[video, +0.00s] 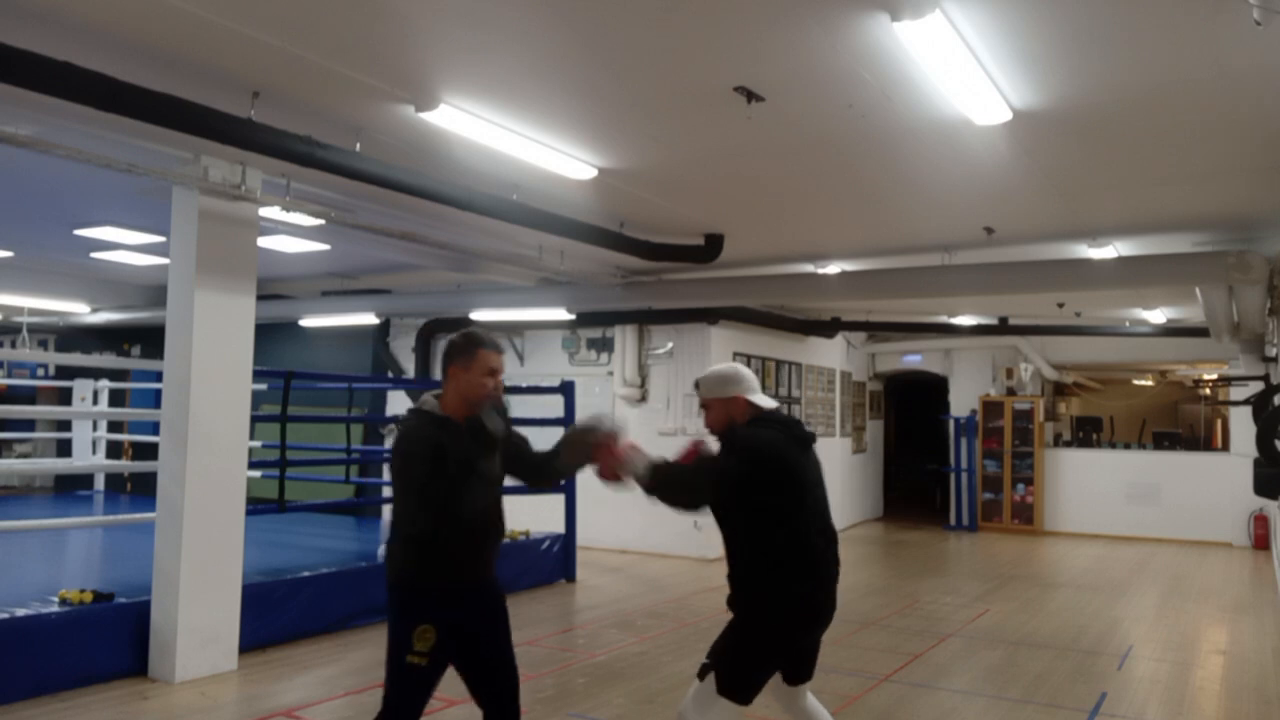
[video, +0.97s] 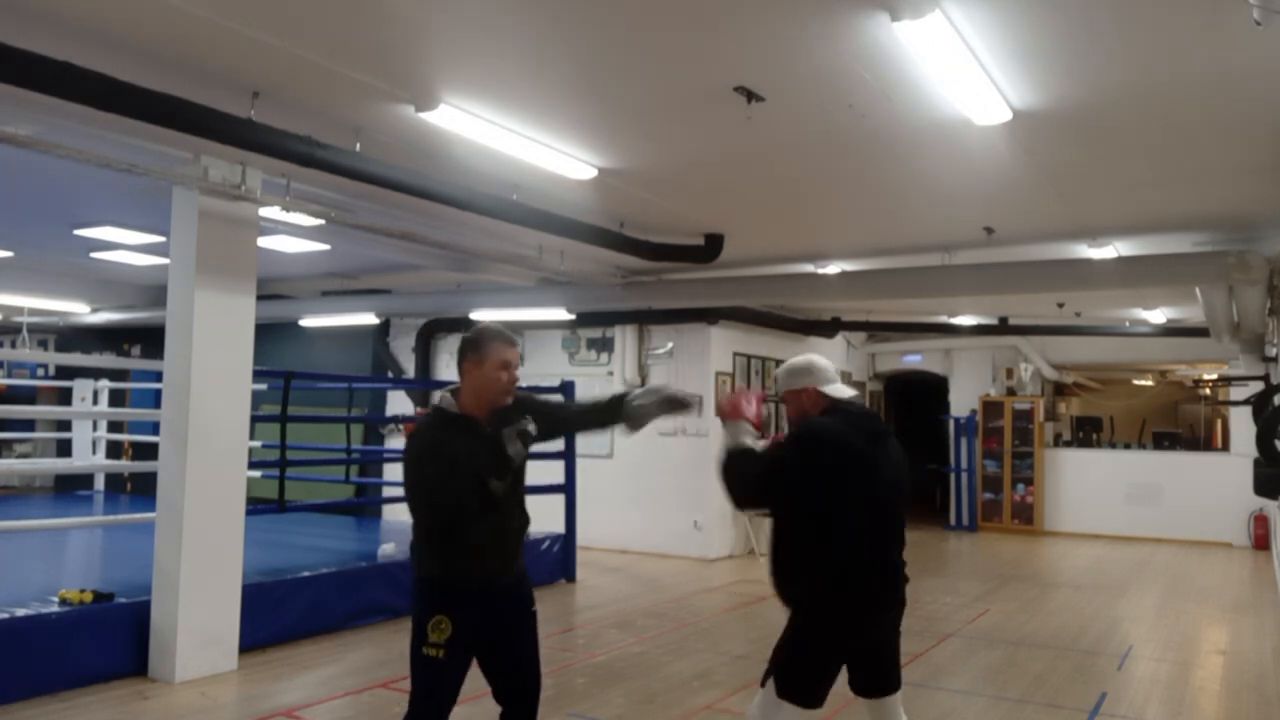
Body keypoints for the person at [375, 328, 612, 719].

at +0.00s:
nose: (499, 387)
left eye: (500, 376)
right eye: (490, 375)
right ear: (456, 374)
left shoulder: (489, 425)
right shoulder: (418, 431)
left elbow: (539, 471)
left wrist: (585, 444)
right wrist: (483, 432)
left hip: (475, 586)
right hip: (422, 590)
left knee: (503, 704)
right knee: (401, 708)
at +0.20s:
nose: (510, 387)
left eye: (513, 377)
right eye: (501, 375)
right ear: (467, 373)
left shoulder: (492, 431)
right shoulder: (436, 430)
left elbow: (517, 479)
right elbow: (483, 494)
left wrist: (586, 464)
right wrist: (547, 457)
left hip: (491, 587)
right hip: (439, 590)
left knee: (513, 698)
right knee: (411, 705)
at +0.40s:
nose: (513, 385)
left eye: (516, 376)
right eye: (504, 374)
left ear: (516, 380)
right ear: (470, 372)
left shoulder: (511, 428)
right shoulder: (435, 429)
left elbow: (551, 473)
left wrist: (597, 456)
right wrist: (482, 428)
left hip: (496, 587)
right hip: (440, 589)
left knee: (520, 696)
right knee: (409, 705)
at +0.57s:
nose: (525, 383)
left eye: (526, 374)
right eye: (516, 373)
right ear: (481, 374)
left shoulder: (516, 431)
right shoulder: (452, 426)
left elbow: (536, 486)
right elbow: (501, 478)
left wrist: (556, 509)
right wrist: (554, 434)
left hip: (508, 582)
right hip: (453, 584)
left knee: (526, 694)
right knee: (417, 699)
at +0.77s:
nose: (531, 376)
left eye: (533, 367)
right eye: (520, 366)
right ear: (486, 367)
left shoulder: (535, 421)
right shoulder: (450, 430)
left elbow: (591, 440)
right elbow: (457, 509)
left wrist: (584, 423)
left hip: (515, 579)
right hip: (457, 581)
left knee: (521, 700)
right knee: (435, 698)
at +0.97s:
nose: (515, 378)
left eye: (517, 368)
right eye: (505, 367)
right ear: (469, 368)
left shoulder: (518, 415)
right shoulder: (429, 439)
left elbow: (574, 415)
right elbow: (434, 521)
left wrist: (628, 406)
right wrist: (499, 464)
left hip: (505, 585)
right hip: (445, 591)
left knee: (522, 703)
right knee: (428, 709)